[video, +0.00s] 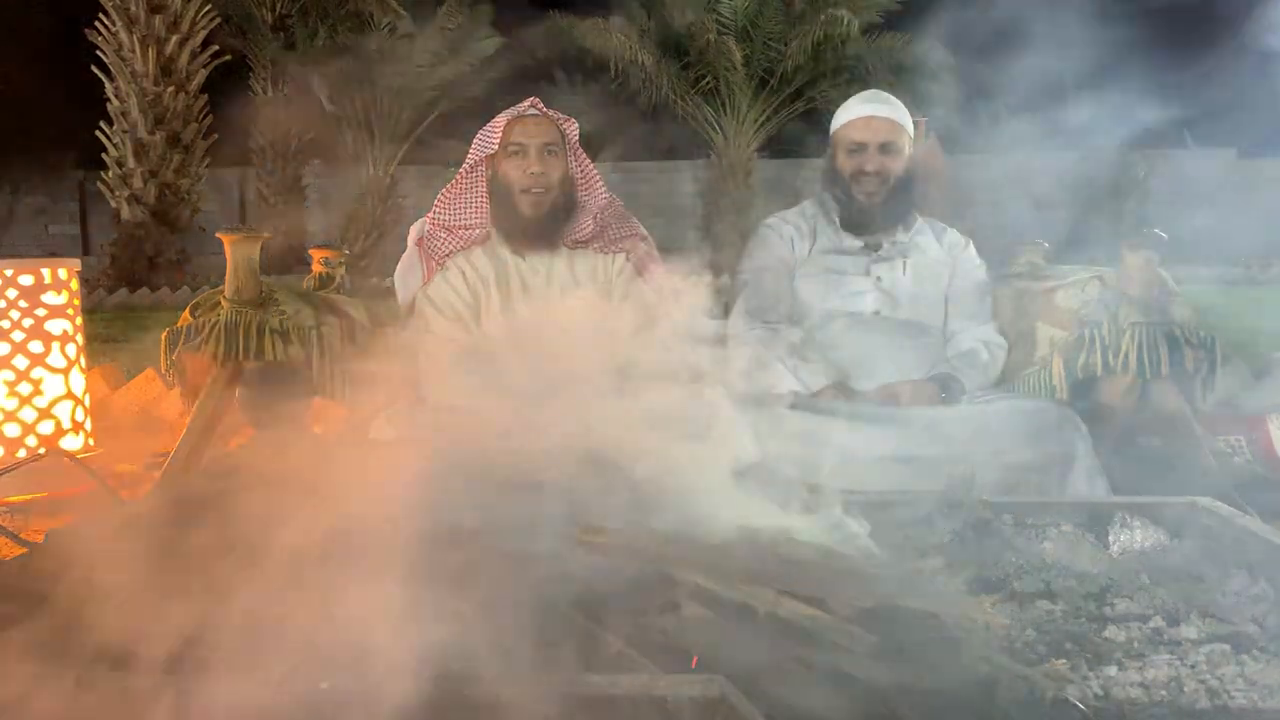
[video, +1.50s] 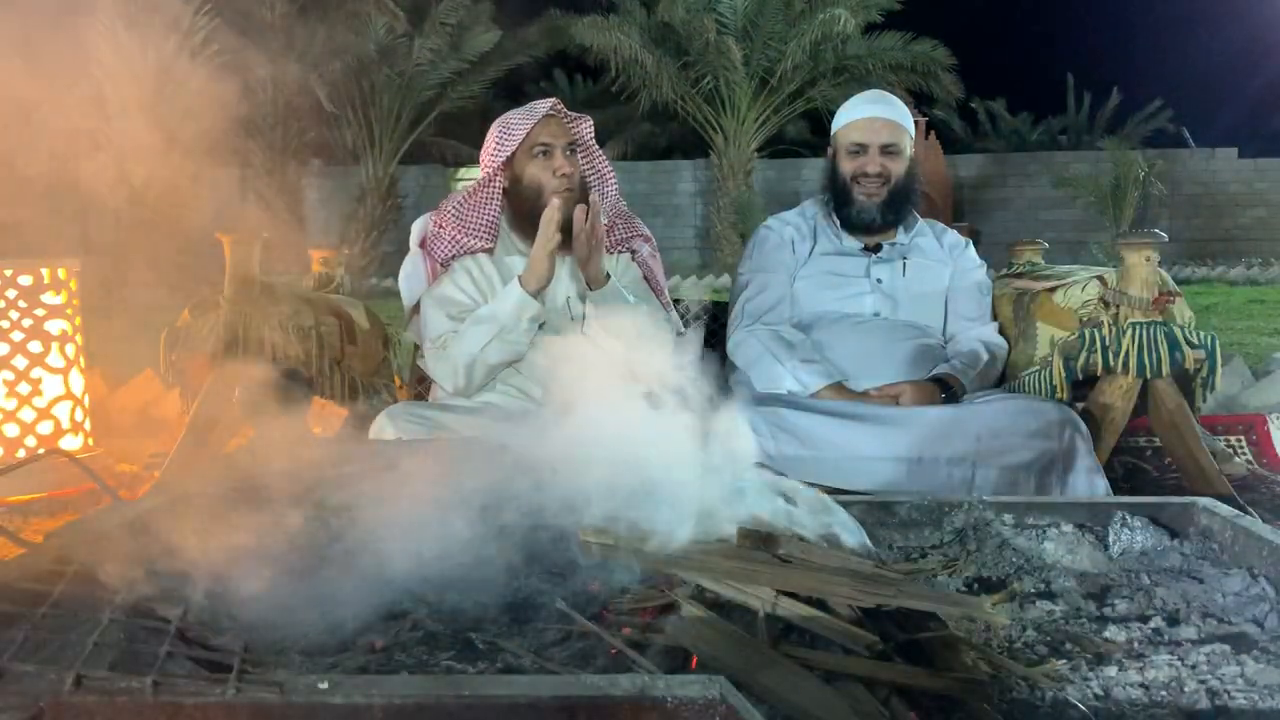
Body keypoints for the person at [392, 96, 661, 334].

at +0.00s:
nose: (535, 169)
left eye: (549, 152)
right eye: (516, 153)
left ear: (569, 168)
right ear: (490, 169)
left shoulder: (613, 273)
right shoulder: (455, 283)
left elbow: (654, 372)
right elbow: (444, 390)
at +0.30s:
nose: (548, 164)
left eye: (558, 149)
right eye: (527, 150)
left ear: (574, 164)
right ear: (495, 166)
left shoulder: (616, 268)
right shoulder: (456, 277)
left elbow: (650, 366)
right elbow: (434, 388)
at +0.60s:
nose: (556, 162)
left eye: (567, 150)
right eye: (536, 150)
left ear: (581, 170)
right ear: (502, 170)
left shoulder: (616, 271)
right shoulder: (461, 276)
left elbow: (669, 357)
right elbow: (424, 372)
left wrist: (611, 329)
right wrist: (508, 336)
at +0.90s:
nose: (557, 170)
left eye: (568, 154)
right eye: (537, 155)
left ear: (582, 170)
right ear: (503, 174)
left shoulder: (616, 261)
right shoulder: (463, 271)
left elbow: (658, 365)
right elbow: (443, 378)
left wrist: (607, 304)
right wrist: (517, 313)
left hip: (607, 420)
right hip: (497, 420)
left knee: (683, 466)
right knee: (395, 428)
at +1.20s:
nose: (562, 170)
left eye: (571, 154)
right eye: (540, 155)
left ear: (583, 167)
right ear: (504, 173)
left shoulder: (616, 260)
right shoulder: (465, 267)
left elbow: (658, 360)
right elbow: (445, 375)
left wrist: (605, 298)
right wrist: (525, 300)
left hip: (599, 417)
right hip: (496, 413)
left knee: (673, 440)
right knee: (394, 427)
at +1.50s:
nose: (567, 168)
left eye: (572, 151)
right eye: (544, 154)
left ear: (583, 161)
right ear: (505, 173)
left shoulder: (619, 260)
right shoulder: (467, 268)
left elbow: (662, 358)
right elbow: (454, 377)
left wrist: (599, 280)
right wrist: (529, 286)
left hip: (609, 417)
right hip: (507, 415)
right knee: (394, 426)